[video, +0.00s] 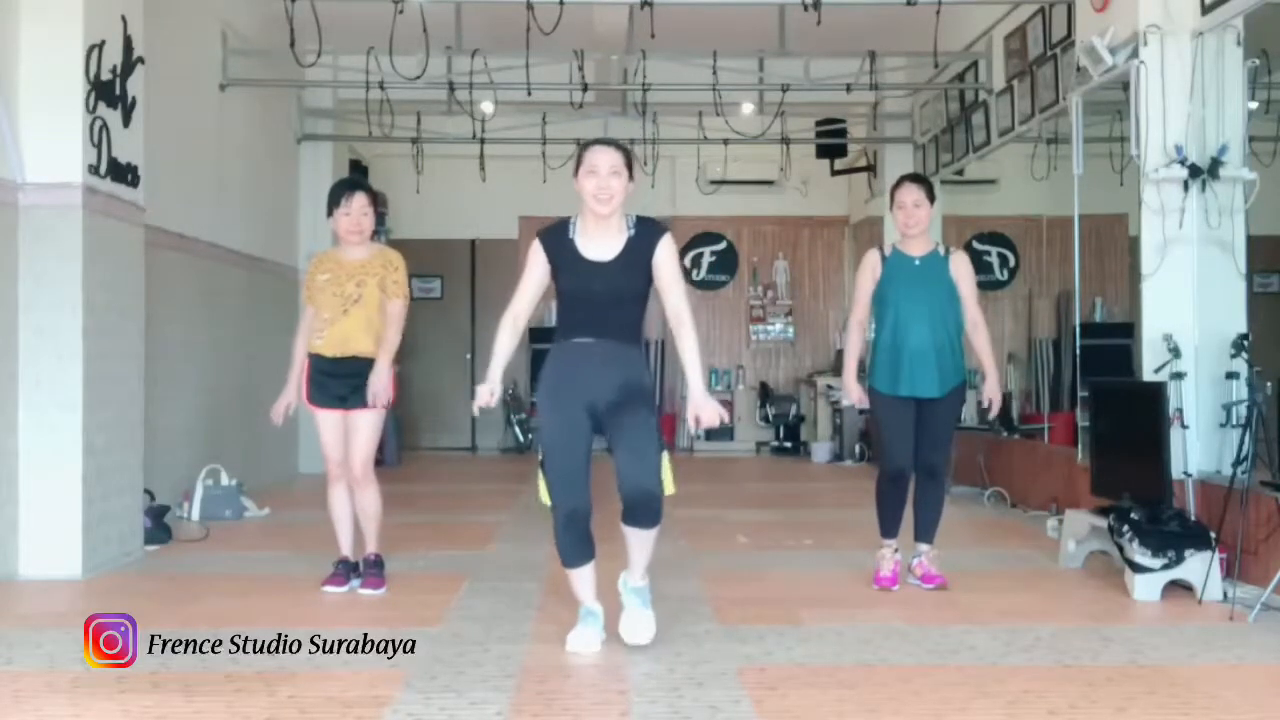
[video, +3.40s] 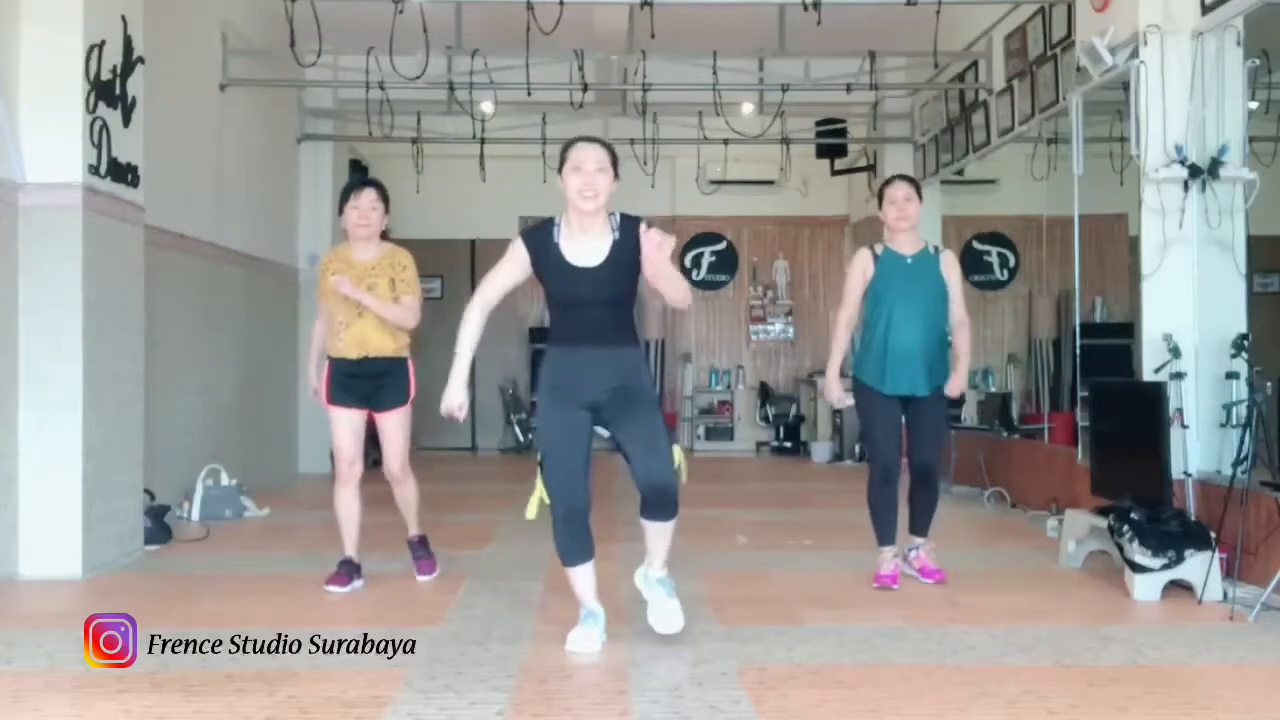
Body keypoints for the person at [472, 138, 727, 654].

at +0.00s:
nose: (603, 183)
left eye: (614, 174)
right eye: (592, 173)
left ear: (629, 183)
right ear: (576, 181)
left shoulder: (652, 240)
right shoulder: (550, 243)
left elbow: (679, 317)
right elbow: (518, 314)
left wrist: (698, 390)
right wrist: (494, 375)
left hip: (628, 379)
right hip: (563, 380)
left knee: (643, 490)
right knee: (569, 503)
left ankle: (636, 585)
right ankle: (589, 611)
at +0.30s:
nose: (596, 167)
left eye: (607, 158)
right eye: (586, 157)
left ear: (623, 167)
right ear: (569, 164)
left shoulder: (644, 223)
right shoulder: (541, 223)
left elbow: (676, 296)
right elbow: (506, 294)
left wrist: (692, 364)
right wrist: (519, 311)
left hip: (624, 364)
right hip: (560, 364)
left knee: (633, 483)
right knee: (572, 496)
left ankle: (626, 615)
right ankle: (588, 612)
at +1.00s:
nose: (589, 180)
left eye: (599, 171)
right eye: (579, 171)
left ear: (615, 183)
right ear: (561, 181)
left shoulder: (640, 243)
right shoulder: (538, 249)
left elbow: (655, 316)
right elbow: (522, 326)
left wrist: (668, 378)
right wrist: (530, 381)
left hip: (625, 385)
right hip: (558, 387)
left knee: (645, 475)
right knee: (566, 503)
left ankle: (639, 595)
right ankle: (590, 611)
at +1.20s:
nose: (592, 163)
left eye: (603, 154)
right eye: (580, 153)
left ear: (618, 164)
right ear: (564, 162)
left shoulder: (641, 220)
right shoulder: (538, 227)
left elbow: (671, 290)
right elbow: (514, 307)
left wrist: (662, 311)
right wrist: (504, 381)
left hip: (626, 366)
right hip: (562, 368)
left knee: (651, 489)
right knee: (575, 494)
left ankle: (636, 565)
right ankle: (588, 609)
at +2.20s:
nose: (590, 168)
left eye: (601, 158)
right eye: (579, 158)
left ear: (616, 167)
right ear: (561, 165)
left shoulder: (637, 226)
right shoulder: (535, 230)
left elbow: (663, 300)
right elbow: (512, 307)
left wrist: (683, 371)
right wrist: (529, 319)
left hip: (626, 368)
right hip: (561, 369)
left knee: (644, 481)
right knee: (575, 498)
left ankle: (639, 618)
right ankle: (590, 612)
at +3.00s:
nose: (590, 175)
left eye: (600, 167)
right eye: (579, 166)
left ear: (615, 178)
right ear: (562, 177)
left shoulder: (640, 237)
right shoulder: (537, 245)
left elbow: (664, 304)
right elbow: (520, 327)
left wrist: (669, 339)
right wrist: (519, 397)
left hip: (624, 380)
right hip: (558, 382)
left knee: (658, 472)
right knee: (570, 504)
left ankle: (646, 584)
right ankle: (590, 612)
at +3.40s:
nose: (588, 179)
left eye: (599, 171)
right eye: (577, 170)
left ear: (615, 182)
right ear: (560, 180)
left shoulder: (637, 236)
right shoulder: (537, 242)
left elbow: (682, 298)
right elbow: (481, 301)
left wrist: (660, 267)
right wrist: (457, 380)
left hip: (627, 380)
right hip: (562, 384)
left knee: (661, 484)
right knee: (568, 502)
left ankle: (655, 574)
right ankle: (590, 611)